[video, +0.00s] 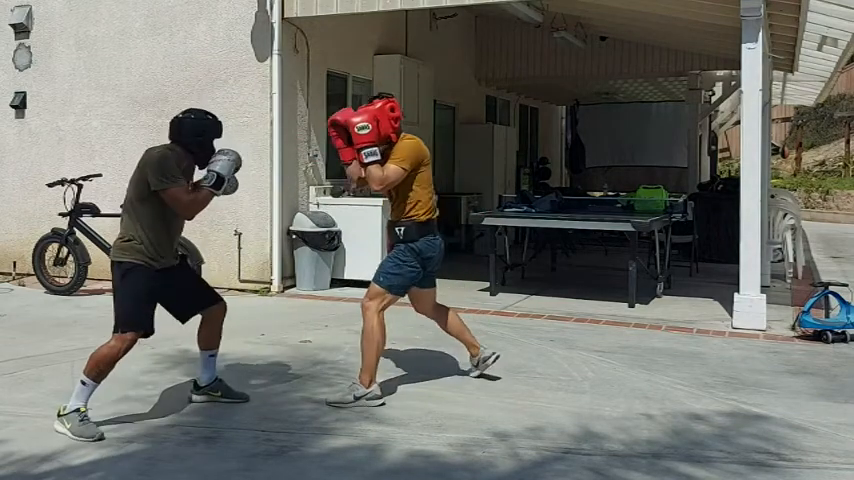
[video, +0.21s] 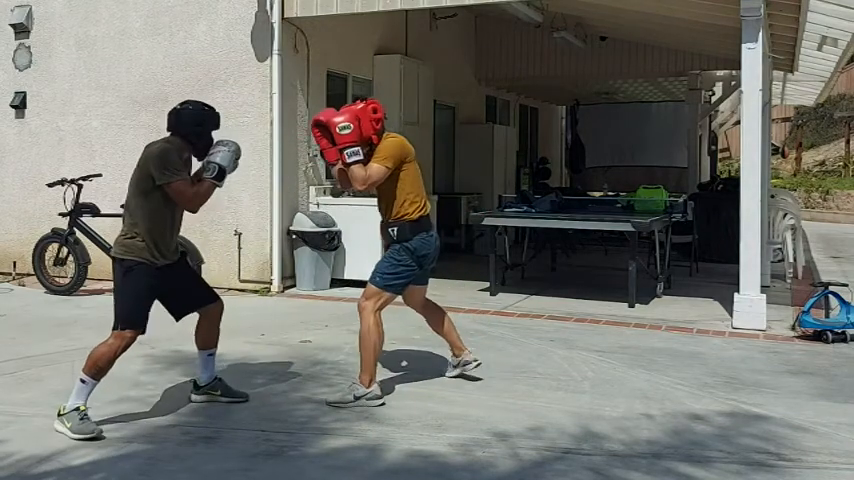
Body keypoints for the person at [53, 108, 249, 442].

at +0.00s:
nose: (214, 147)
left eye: (214, 141)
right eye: (211, 140)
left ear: (186, 138)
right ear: (195, 140)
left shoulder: (181, 165)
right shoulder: (161, 158)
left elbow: (183, 204)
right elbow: (186, 208)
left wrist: (213, 183)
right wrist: (214, 180)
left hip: (167, 260)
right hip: (134, 260)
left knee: (214, 308)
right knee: (126, 336)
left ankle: (207, 381)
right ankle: (72, 410)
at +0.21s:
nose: (212, 138)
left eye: (213, 133)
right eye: (210, 132)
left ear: (183, 129)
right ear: (194, 131)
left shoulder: (179, 156)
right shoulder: (164, 151)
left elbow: (179, 200)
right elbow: (191, 201)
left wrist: (208, 171)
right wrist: (215, 171)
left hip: (167, 257)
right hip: (136, 257)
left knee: (212, 306)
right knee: (126, 334)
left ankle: (206, 381)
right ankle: (72, 408)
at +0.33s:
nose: (219, 148)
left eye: (219, 141)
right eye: (216, 141)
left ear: (185, 137)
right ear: (201, 141)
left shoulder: (175, 163)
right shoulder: (171, 159)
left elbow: (156, 220)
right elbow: (196, 210)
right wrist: (219, 180)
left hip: (165, 263)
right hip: (137, 263)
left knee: (213, 307)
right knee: (133, 340)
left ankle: (206, 381)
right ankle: (73, 409)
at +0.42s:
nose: (220, 157)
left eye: (220, 150)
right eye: (217, 150)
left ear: (186, 145)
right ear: (203, 149)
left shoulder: (177, 170)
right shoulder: (177, 165)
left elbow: (186, 227)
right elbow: (195, 219)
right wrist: (220, 192)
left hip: (161, 268)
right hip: (131, 268)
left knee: (210, 308)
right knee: (138, 343)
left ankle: (207, 382)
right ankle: (74, 409)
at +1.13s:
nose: (203, 142)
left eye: (204, 135)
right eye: (200, 134)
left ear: (172, 133)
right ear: (185, 135)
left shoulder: (163, 162)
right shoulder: (156, 161)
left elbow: (171, 212)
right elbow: (179, 215)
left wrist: (195, 182)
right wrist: (205, 182)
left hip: (155, 262)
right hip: (127, 264)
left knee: (204, 308)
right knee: (131, 342)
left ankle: (206, 382)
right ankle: (73, 409)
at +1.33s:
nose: (219, 137)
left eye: (219, 131)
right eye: (216, 130)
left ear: (192, 132)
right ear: (202, 132)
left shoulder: (201, 157)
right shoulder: (173, 153)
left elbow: (244, 154)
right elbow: (200, 203)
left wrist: (292, 143)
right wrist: (224, 170)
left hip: (161, 256)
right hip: (127, 255)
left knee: (204, 308)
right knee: (121, 331)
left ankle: (207, 383)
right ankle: (70, 406)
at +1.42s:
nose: (220, 137)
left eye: (220, 131)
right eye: (216, 131)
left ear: (196, 133)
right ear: (200, 133)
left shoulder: (205, 158)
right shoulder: (172, 155)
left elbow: (246, 165)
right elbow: (198, 202)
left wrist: (278, 154)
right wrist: (224, 172)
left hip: (163, 255)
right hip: (128, 252)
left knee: (206, 307)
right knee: (113, 327)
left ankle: (207, 381)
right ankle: (57, 400)